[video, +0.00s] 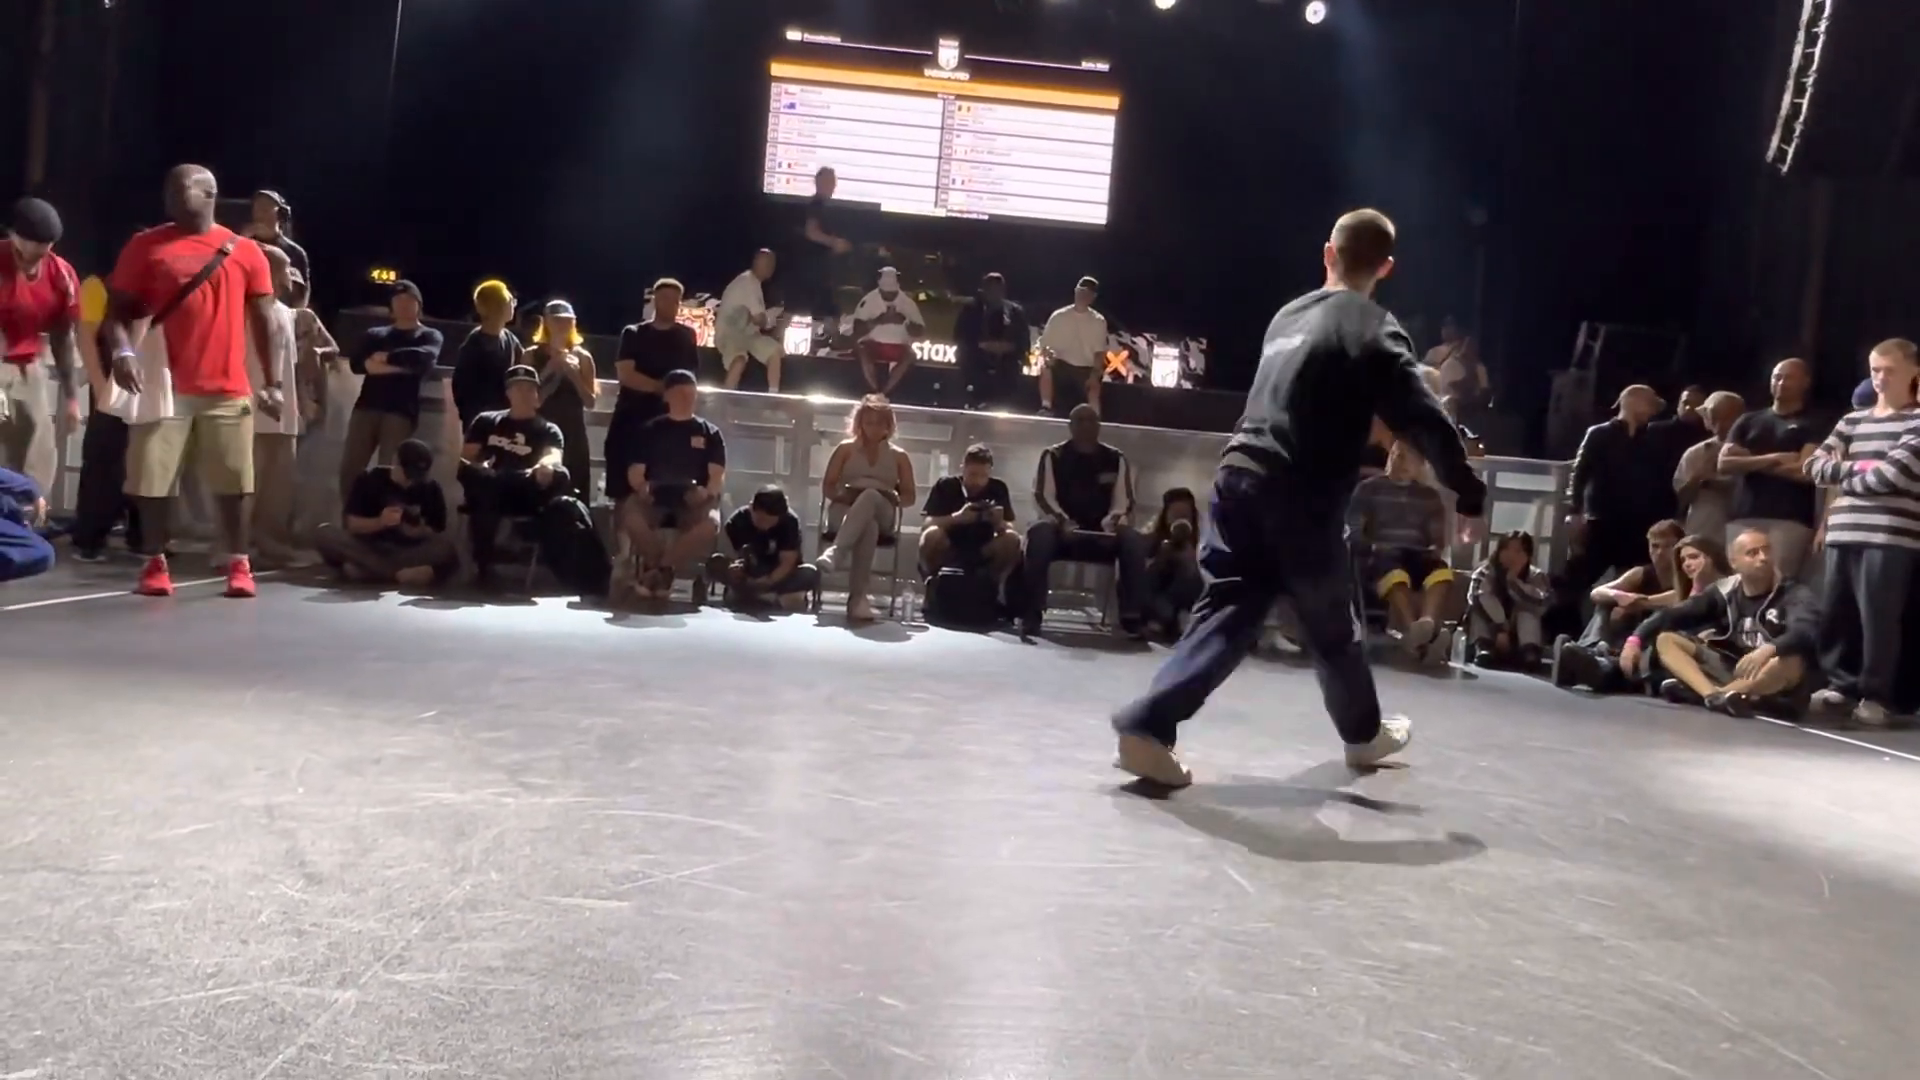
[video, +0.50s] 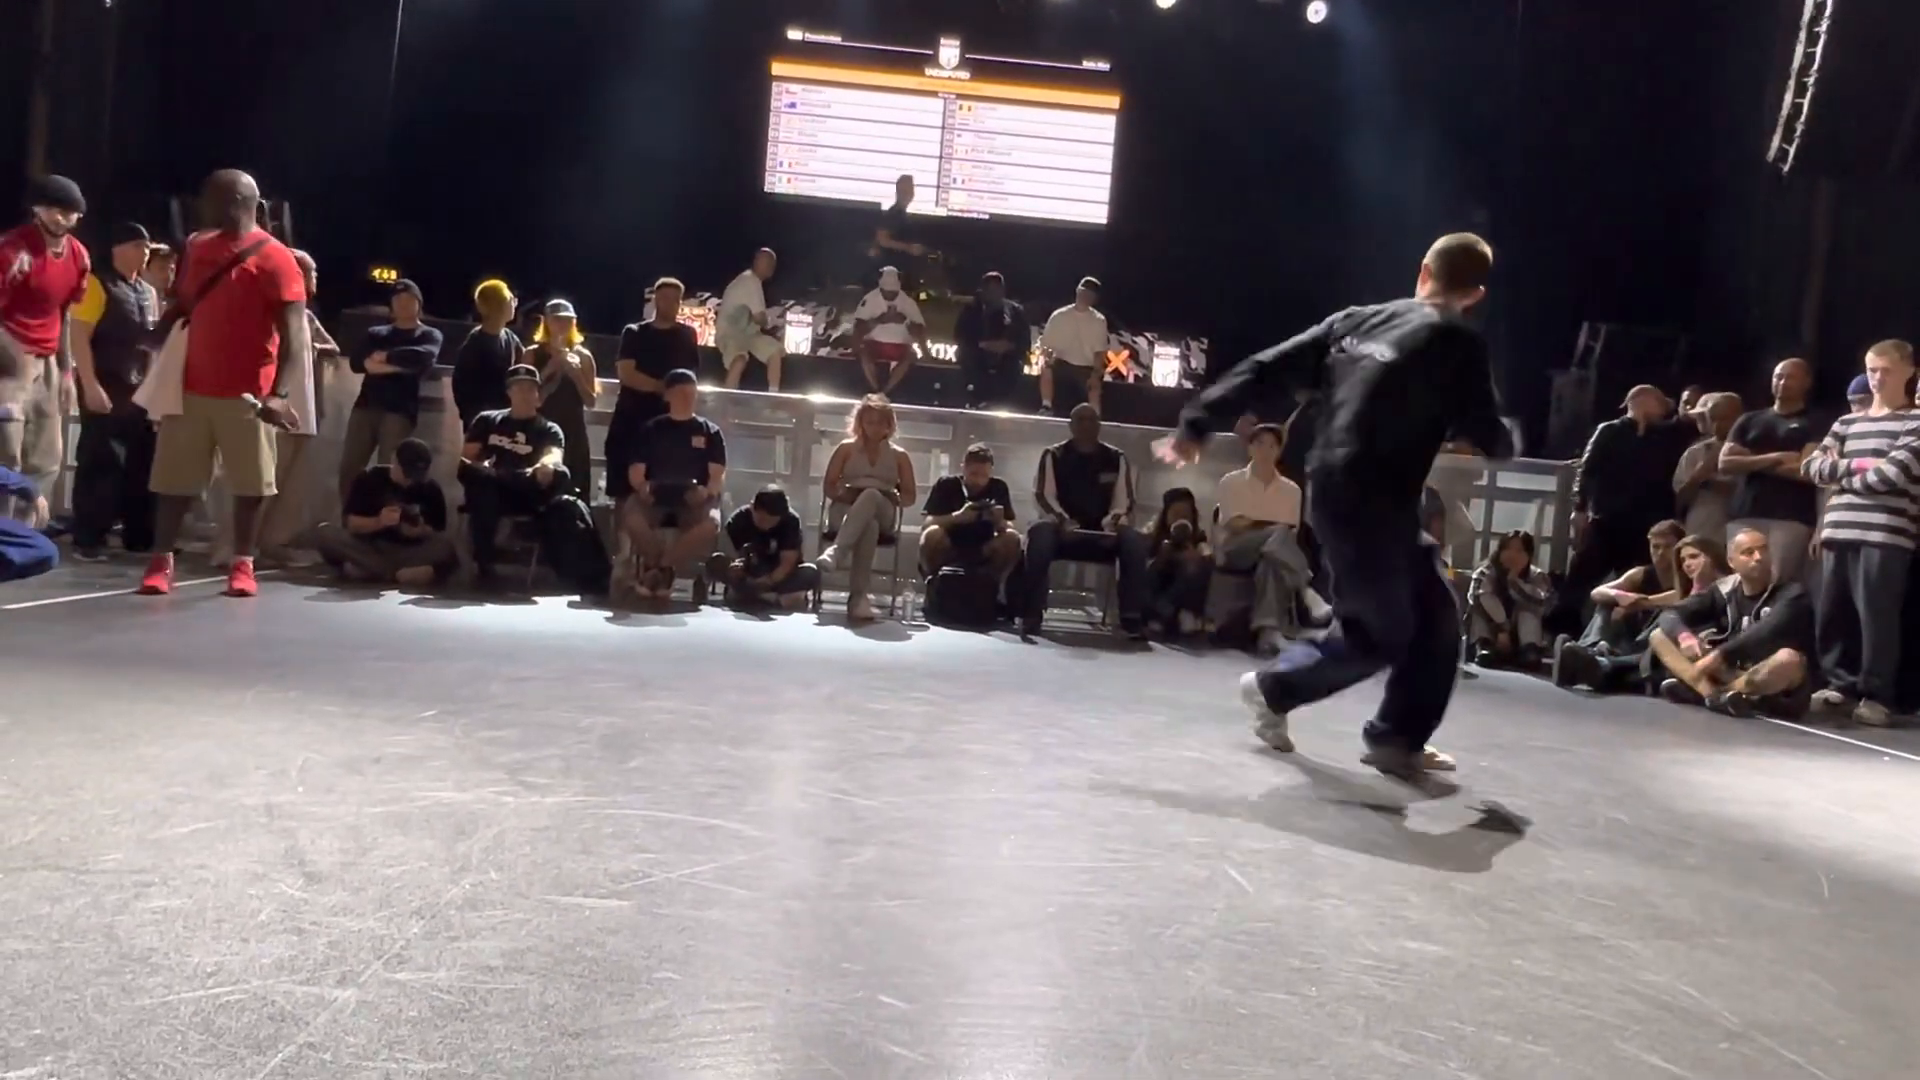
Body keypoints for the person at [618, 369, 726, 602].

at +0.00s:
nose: (685, 398)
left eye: (689, 393)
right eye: (679, 393)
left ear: (696, 395)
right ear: (667, 396)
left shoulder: (710, 433)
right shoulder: (648, 430)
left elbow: (716, 477)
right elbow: (635, 473)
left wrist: (704, 494)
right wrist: (645, 490)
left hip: (692, 493)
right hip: (655, 490)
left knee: (709, 524)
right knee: (631, 512)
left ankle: (658, 571)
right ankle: (660, 571)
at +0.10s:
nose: (686, 397)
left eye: (690, 392)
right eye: (680, 392)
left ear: (696, 394)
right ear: (667, 396)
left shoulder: (710, 432)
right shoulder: (649, 430)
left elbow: (717, 476)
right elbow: (636, 473)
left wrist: (706, 493)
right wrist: (646, 490)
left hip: (693, 492)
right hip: (656, 489)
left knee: (710, 524)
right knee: (632, 512)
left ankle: (660, 570)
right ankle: (662, 570)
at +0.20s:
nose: (686, 397)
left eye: (690, 392)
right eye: (680, 392)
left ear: (696, 394)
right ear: (668, 395)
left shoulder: (710, 431)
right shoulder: (650, 429)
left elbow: (718, 475)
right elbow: (636, 471)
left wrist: (706, 492)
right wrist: (646, 489)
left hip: (693, 491)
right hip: (657, 489)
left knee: (711, 523)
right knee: (632, 513)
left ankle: (660, 570)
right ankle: (662, 570)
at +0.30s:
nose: (686, 397)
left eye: (690, 392)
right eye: (681, 392)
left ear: (697, 394)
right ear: (668, 395)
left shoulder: (711, 431)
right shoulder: (650, 429)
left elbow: (718, 475)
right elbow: (636, 471)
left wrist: (706, 492)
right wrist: (646, 489)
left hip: (693, 492)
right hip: (657, 490)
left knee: (710, 523)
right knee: (632, 513)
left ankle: (659, 570)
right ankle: (662, 570)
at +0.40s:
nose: (687, 397)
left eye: (691, 392)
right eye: (681, 392)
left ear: (697, 394)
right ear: (668, 395)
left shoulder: (710, 431)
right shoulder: (650, 429)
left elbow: (717, 476)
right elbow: (636, 473)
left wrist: (706, 492)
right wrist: (646, 490)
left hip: (692, 492)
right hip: (657, 490)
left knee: (710, 524)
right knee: (632, 513)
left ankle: (659, 571)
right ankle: (661, 571)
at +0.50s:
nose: (686, 398)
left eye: (690, 392)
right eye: (680, 392)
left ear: (696, 394)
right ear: (667, 396)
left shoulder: (710, 432)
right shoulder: (650, 429)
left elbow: (716, 477)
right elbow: (636, 473)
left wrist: (705, 492)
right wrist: (645, 490)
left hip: (692, 492)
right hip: (656, 490)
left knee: (709, 524)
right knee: (632, 513)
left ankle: (658, 570)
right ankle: (661, 570)